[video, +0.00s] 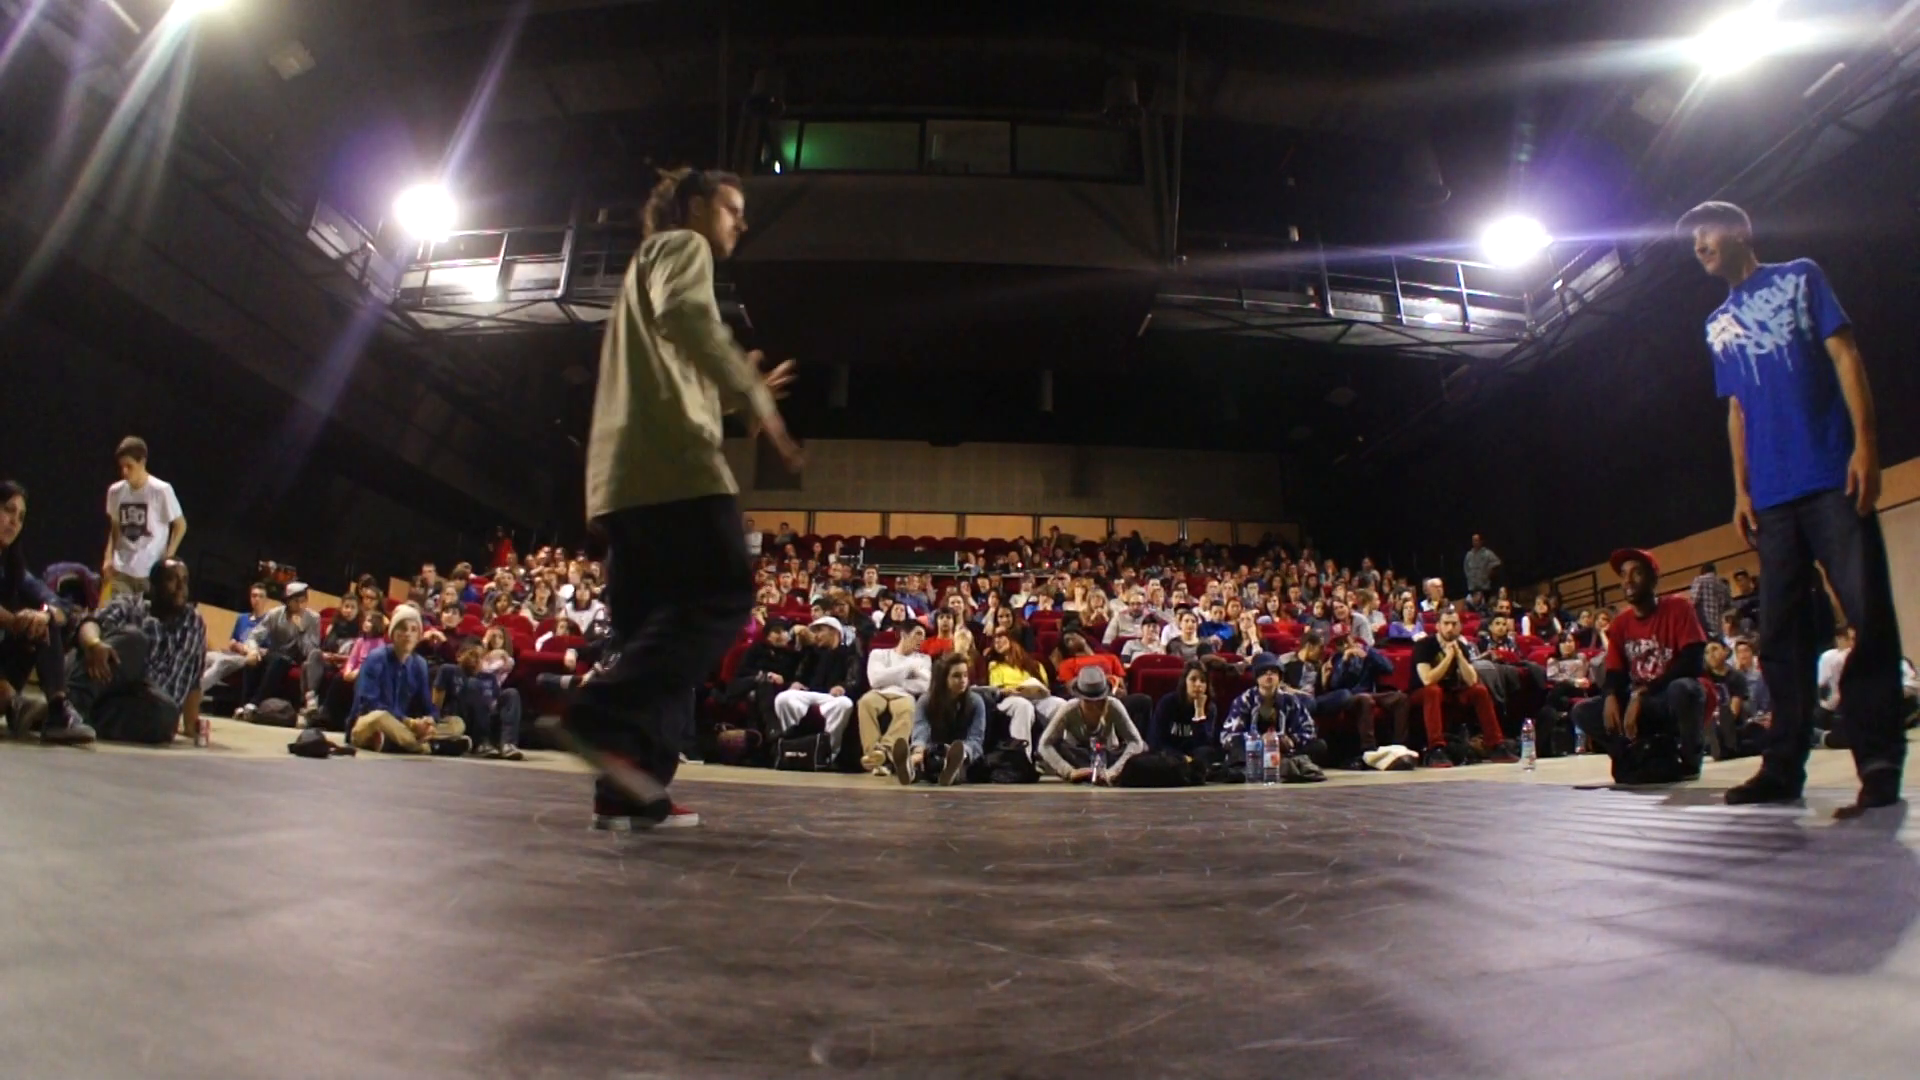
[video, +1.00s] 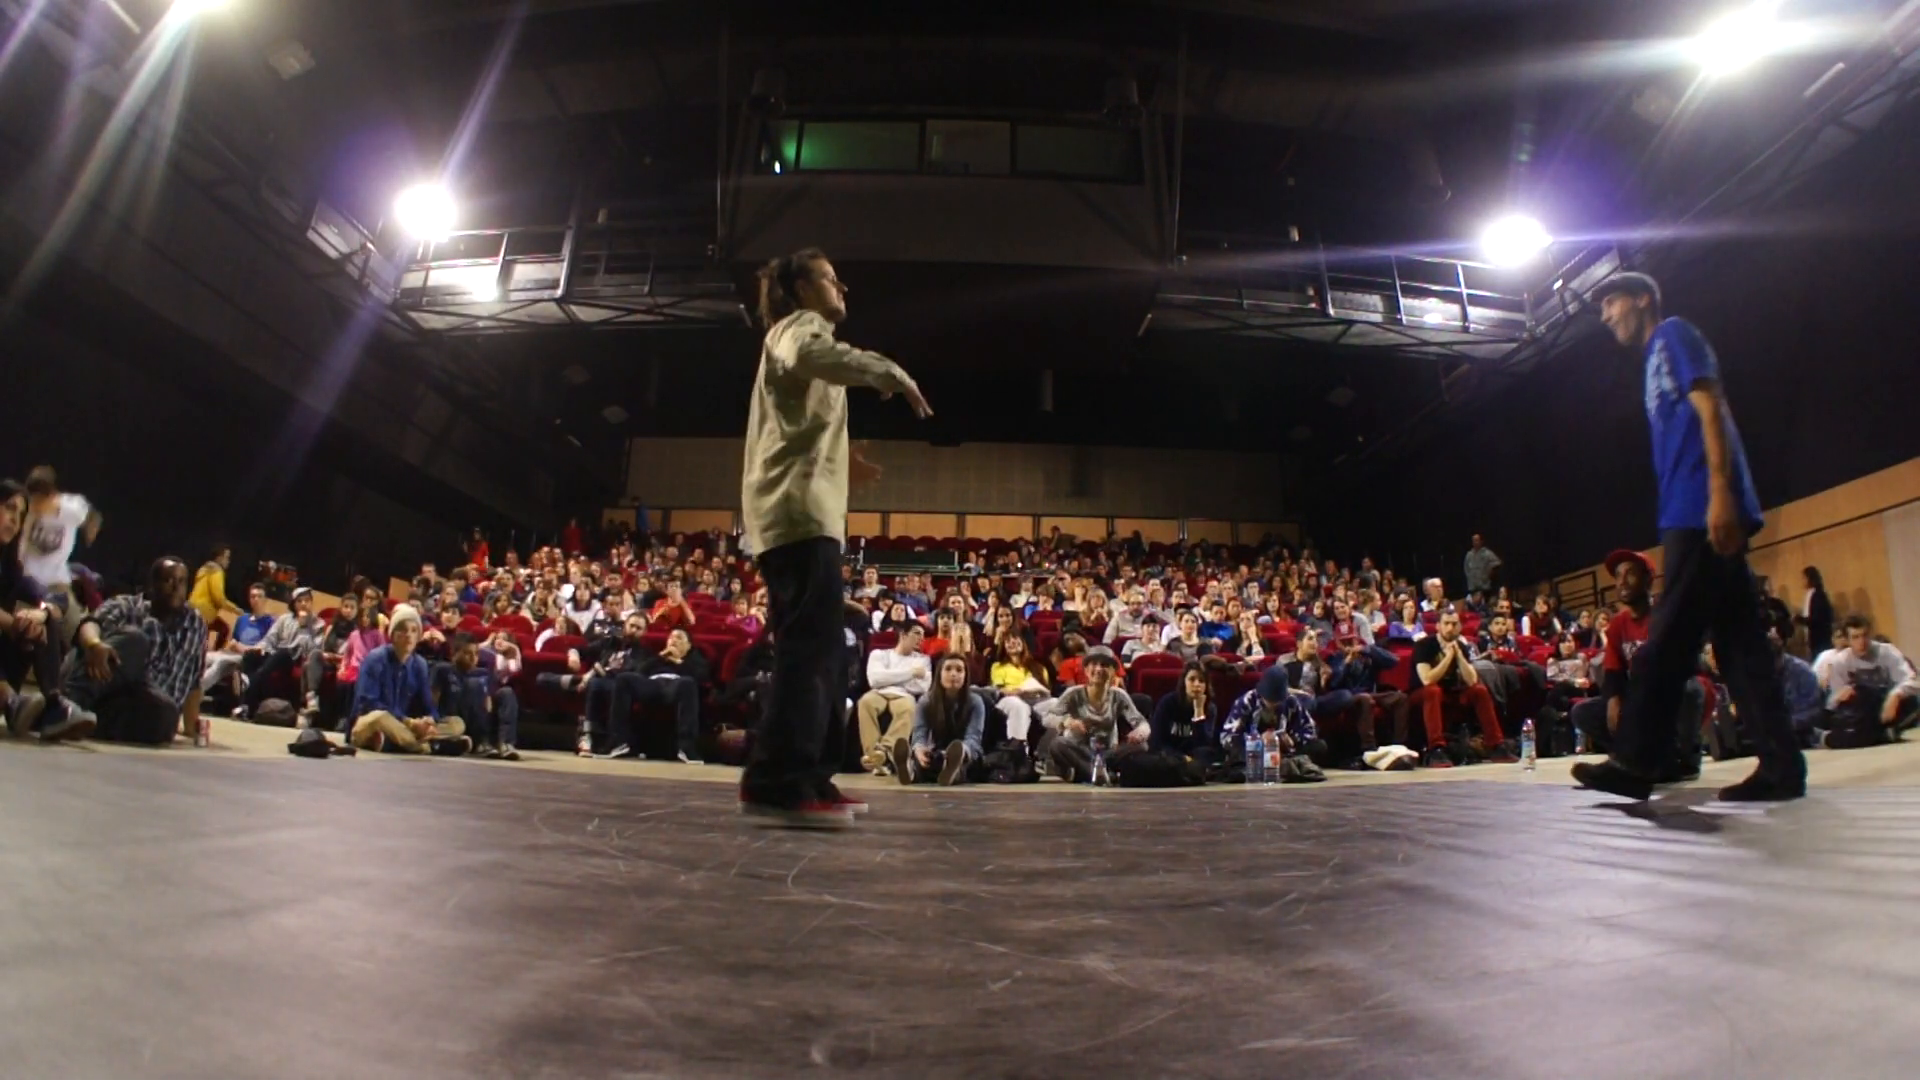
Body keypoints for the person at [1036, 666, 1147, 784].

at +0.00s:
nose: (1094, 707)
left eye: (1099, 701)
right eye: (1088, 702)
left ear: (1106, 696)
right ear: (1080, 698)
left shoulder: (1114, 706)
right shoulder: (1067, 709)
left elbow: (1136, 744)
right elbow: (1044, 746)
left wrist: (1112, 773)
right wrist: (1069, 772)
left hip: (1109, 754)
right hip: (1079, 755)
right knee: (1058, 746)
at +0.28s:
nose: (1094, 700)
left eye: (1100, 695)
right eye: (1089, 694)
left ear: (1106, 691)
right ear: (1081, 691)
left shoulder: (1115, 703)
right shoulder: (1068, 707)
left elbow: (1145, 732)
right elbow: (1042, 739)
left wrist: (1120, 755)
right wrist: (1063, 761)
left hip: (1107, 752)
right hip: (1078, 753)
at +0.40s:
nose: (1094, 687)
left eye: (1099, 682)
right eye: (1088, 681)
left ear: (1107, 684)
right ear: (1080, 682)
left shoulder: (1114, 701)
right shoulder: (1069, 704)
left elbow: (1146, 728)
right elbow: (1042, 735)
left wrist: (1123, 747)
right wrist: (1063, 753)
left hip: (1108, 752)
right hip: (1079, 754)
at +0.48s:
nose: (1095, 680)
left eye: (1101, 675)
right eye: (1090, 674)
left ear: (1108, 679)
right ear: (1081, 677)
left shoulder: (1115, 699)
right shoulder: (1069, 701)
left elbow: (1146, 726)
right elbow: (1043, 731)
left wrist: (1124, 741)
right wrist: (1063, 745)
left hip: (1108, 755)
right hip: (1078, 757)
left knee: (1139, 746)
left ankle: (1083, 776)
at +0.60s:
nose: (1095, 675)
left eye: (1101, 670)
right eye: (1090, 669)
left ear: (1108, 676)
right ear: (1082, 674)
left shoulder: (1116, 697)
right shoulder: (1071, 697)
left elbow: (1146, 723)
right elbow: (1044, 725)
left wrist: (1127, 731)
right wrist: (1066, 731)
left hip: (1109, 749)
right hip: (1080, 748)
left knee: (1139, 747)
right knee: (1057, 745)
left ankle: (1084, 775)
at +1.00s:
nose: (1098, 669)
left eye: (1104, 665)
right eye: (1094, 664)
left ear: (1113, 672)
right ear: (1086, 670)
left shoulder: (1119, 695)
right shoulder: (1073, 694)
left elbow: (1141, 723)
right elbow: (1047, 717)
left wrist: (1140, 731)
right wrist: (1068, 722)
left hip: (1109, 751)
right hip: (1080, 751)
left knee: (1139, 746)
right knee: (1057, 745)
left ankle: (1083, 774)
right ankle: (1099, 774)